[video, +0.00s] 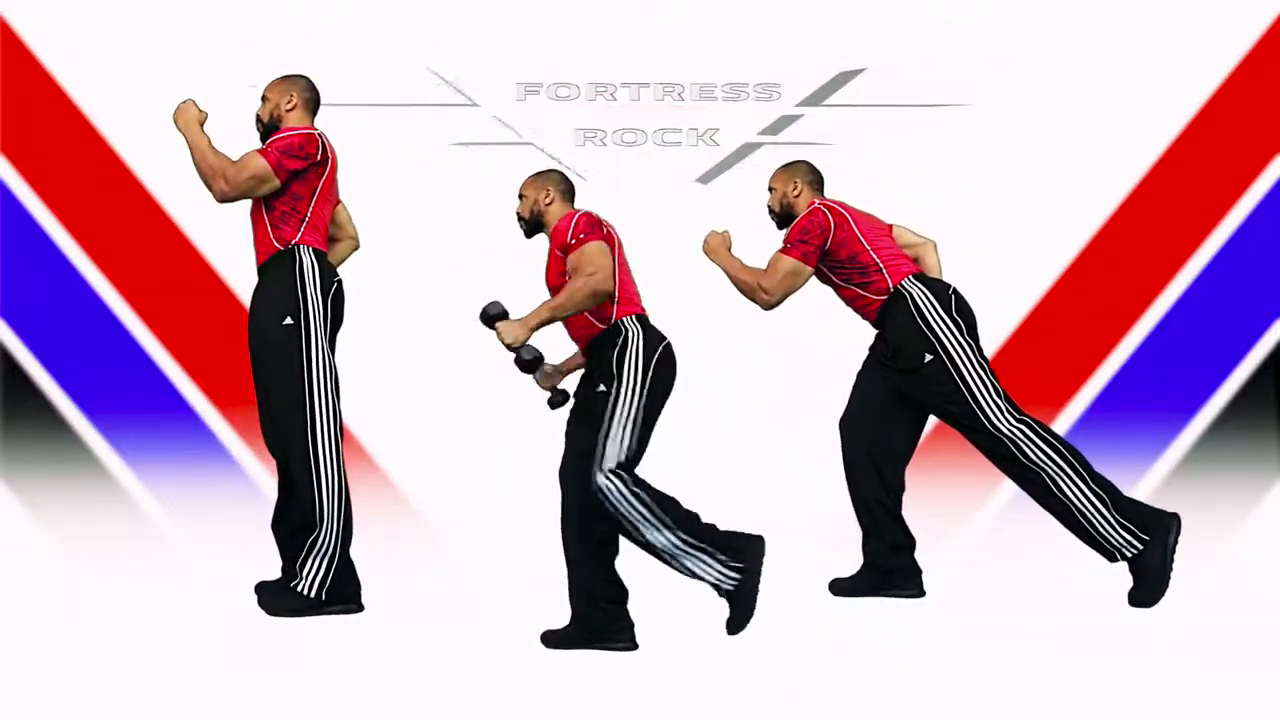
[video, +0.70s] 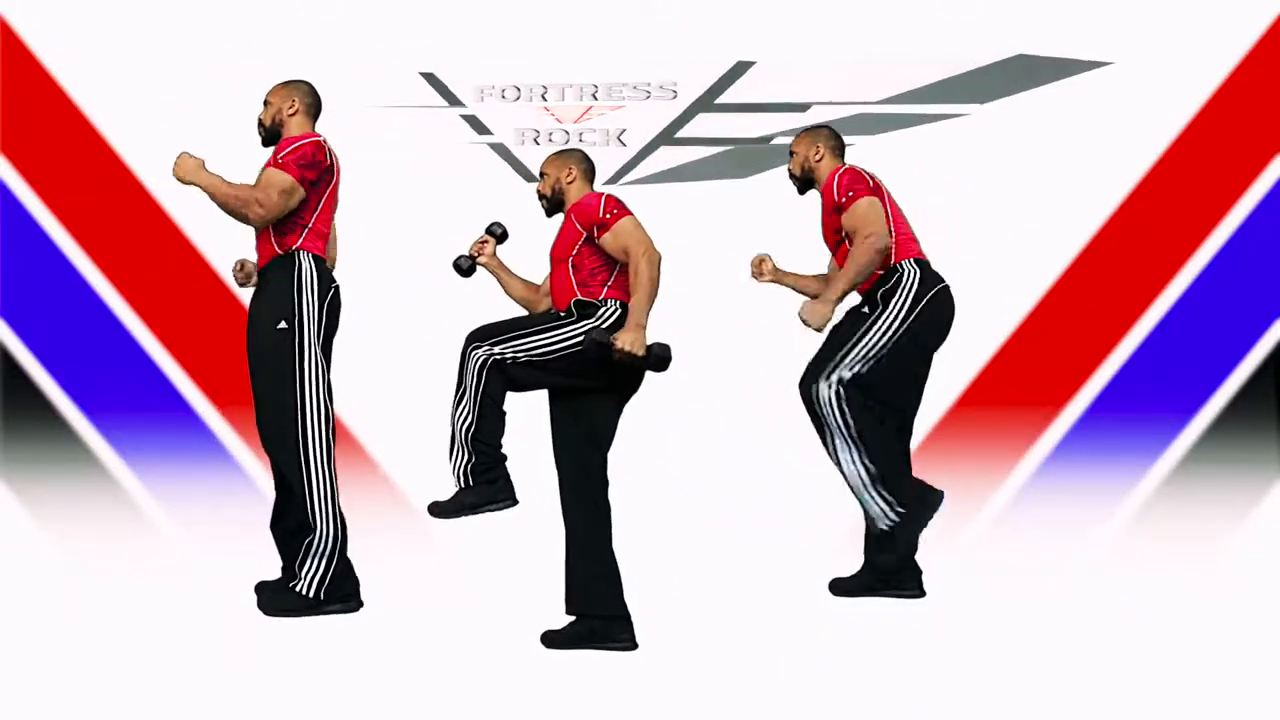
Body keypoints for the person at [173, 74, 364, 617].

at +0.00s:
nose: (257, 108)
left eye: (264, 99)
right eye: (260, 101)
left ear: (288, 101)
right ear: (297, 105)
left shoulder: (302, 142)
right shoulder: (301, 156)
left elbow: (226, 184)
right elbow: (345, 237)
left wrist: (193, 130)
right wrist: (298, 284)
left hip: (297, 284)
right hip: (288, 288)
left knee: (310, 430)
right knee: (290, 433)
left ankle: (326, 581)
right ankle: (305, 573)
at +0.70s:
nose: (260, 113)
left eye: (265, 104)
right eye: (262, 105)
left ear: (289, 105)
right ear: (297, 109)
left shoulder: (307, 146)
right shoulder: (293, 158)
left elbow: (263, 205)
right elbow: (315, 247)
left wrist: (201, 177)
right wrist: (260, 266)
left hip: (298, 284)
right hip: (283, 287)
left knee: (302, 426)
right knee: (282, 430)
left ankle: (324, 577)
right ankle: (304, 570)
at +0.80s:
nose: (261, 114)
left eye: (267, 105)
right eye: (263, 106)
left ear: (290, 108)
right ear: (295, 112)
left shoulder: (310, 149)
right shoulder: (283, 169)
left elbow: (294, 219)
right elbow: (287, 259)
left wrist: (221, 214)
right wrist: (240, 252)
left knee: (278, 417)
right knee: (245, 411)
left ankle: (303, 564)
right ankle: (315, 555)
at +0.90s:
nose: (260, 119)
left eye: (267, 109)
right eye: (262, 111)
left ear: (291, 111)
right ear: (293, 115)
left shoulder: (310, 151)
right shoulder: (283, 174)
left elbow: (329, 216)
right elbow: (268, 260)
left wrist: (255, 241)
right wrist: (217, 220)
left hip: (302, 286)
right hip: (295, 291)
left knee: (216, 374)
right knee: (289, 433)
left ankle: (254, 522)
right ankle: (315, 570)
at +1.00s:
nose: (260, 118)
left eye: (267, 109)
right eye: (262, 111)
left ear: (292, 112)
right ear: (292, 116)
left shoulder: (311, 149)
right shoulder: (287, 177)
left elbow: (354, 209)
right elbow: (236, 234)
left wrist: (299, 253)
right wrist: (208, 183)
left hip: (296, 287)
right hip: (301, 298)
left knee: (189, 332)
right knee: (292, 440)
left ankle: (215, 464)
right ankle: (314, 572)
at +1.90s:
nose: (261, 124)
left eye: (267, 114)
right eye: (262, 116)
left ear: (293, 116)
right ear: (295, 120)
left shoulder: (312, 156)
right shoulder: (286, 185)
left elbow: (356, 215)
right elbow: (230, 232)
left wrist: (309, 261)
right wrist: (207, 179)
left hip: (295, 284)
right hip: (298, 299)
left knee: (182, 300)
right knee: (285, 437)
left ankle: (194, 430)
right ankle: (316, 571)